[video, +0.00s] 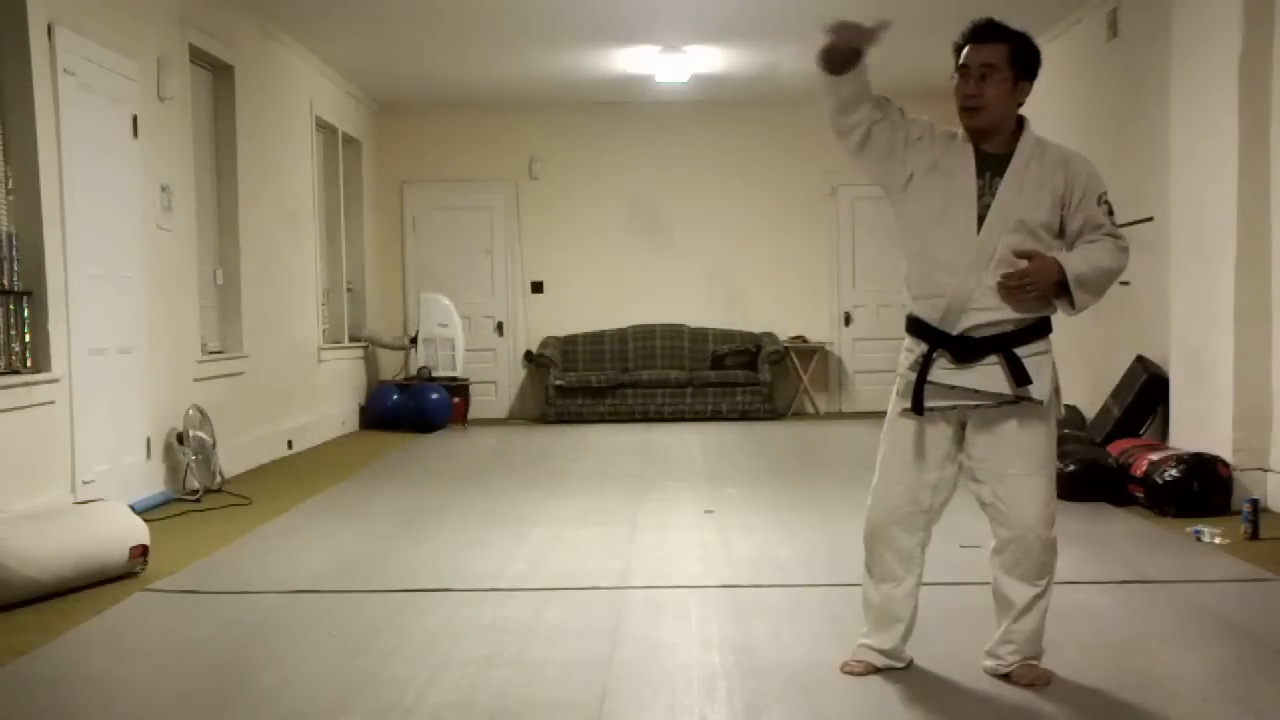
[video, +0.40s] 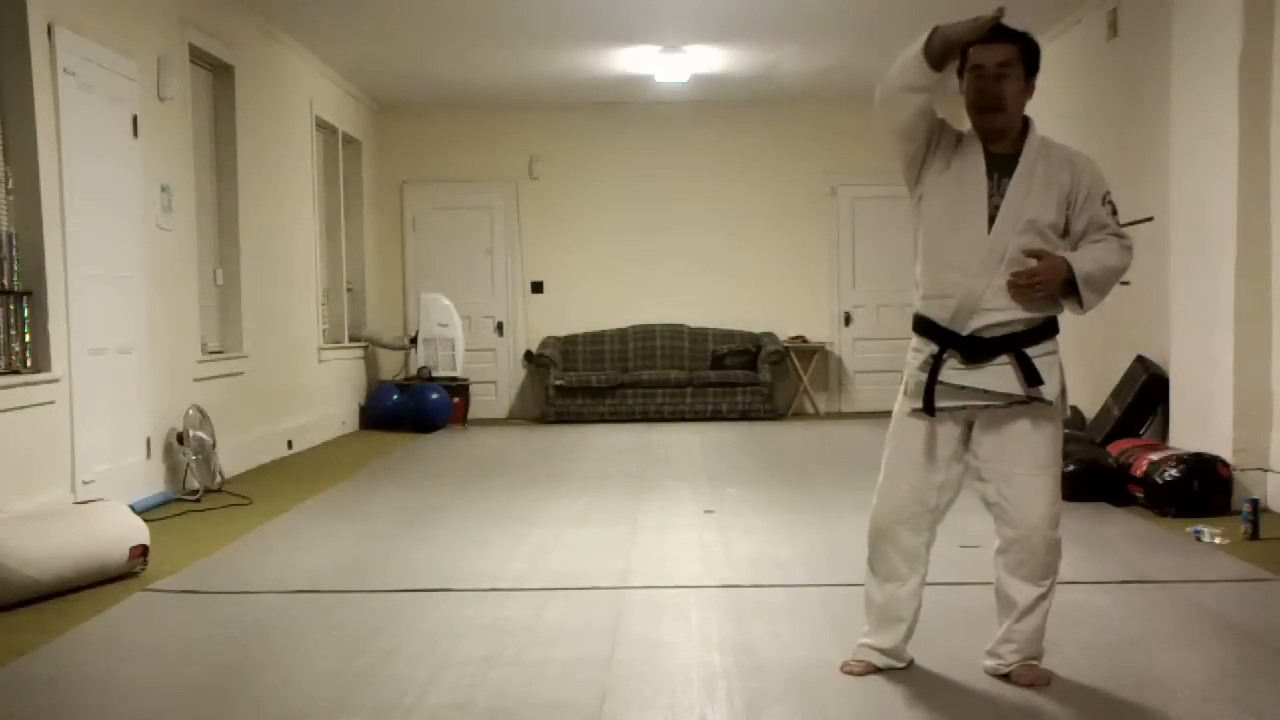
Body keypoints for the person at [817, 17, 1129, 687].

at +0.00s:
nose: (968, 87)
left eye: (987, 74)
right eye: (962, 74)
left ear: (1021, 88)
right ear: (953, 83)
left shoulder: (1064, 171)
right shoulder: (918, 154)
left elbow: (1110, 251)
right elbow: (861, 120)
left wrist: (1063, 271)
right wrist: (841, 66)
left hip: (1018, 365)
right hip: (927, 362)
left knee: (1029, 526)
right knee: (893, 515)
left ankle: (1015, 654)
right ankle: (882, 641)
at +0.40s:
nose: (985, 88)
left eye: (1002, 73)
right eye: (973, 73)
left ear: (1029, 84)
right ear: (959, 83)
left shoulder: (1070, 171)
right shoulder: (933, 156)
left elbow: (1114, 250)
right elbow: (898, 99)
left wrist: (1070, 269)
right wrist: (945, 43)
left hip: (1024, 368)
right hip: (934, 364)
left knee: (1034, 526)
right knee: (897, 514)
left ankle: (1016, 653)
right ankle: (882, 641)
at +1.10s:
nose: (978, 84)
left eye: (988, 70)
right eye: (959, 74)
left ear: (1005, 81)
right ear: (936, 93)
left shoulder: (1055, 165)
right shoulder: (915, 162)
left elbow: (1103, 239)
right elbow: (861, 140)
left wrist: (1061, 265)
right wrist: (860, 86)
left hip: (1022, 365)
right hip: (931, 365)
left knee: (1035, 525)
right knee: (899, 516)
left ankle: (1016, 654)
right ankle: (884, 641)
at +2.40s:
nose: (985, 87)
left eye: (995, 73)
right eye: (967, 77)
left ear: (1010, 80)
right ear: (940, 93)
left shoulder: (1056, 162)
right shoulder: (913, 163)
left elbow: (1105, 239)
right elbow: (850, 204)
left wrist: (1062, 268)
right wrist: (823, 174)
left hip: (1026, 372)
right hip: (936, 373)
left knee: (1038, 529)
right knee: (902, 518)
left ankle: (1017, 653)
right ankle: (886, 642)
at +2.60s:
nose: (992, 91)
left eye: (1004, 77)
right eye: (975, 80)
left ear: (1021, 83)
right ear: (951, 90)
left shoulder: (1071, 162)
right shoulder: (915, 167)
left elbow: (1121, 238)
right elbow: (870, 240)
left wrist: (1072, 268)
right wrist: (850, 254)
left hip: (1035, 374)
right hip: (940, 373)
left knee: (1044, 533)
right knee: (896, 518)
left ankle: (1018, 654)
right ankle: (883, 642)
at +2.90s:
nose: (977, 108)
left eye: (991, 93)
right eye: (962, 93)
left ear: (1017, 93)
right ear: (944, 95)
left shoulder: (1063, 159)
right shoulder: (922, 160)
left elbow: (1108, 246)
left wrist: (1031, 219)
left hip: (1032, 371)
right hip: (939, 369)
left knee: (1040, 539)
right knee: (912, 529)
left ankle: (1021, 652)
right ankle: (921, 675)